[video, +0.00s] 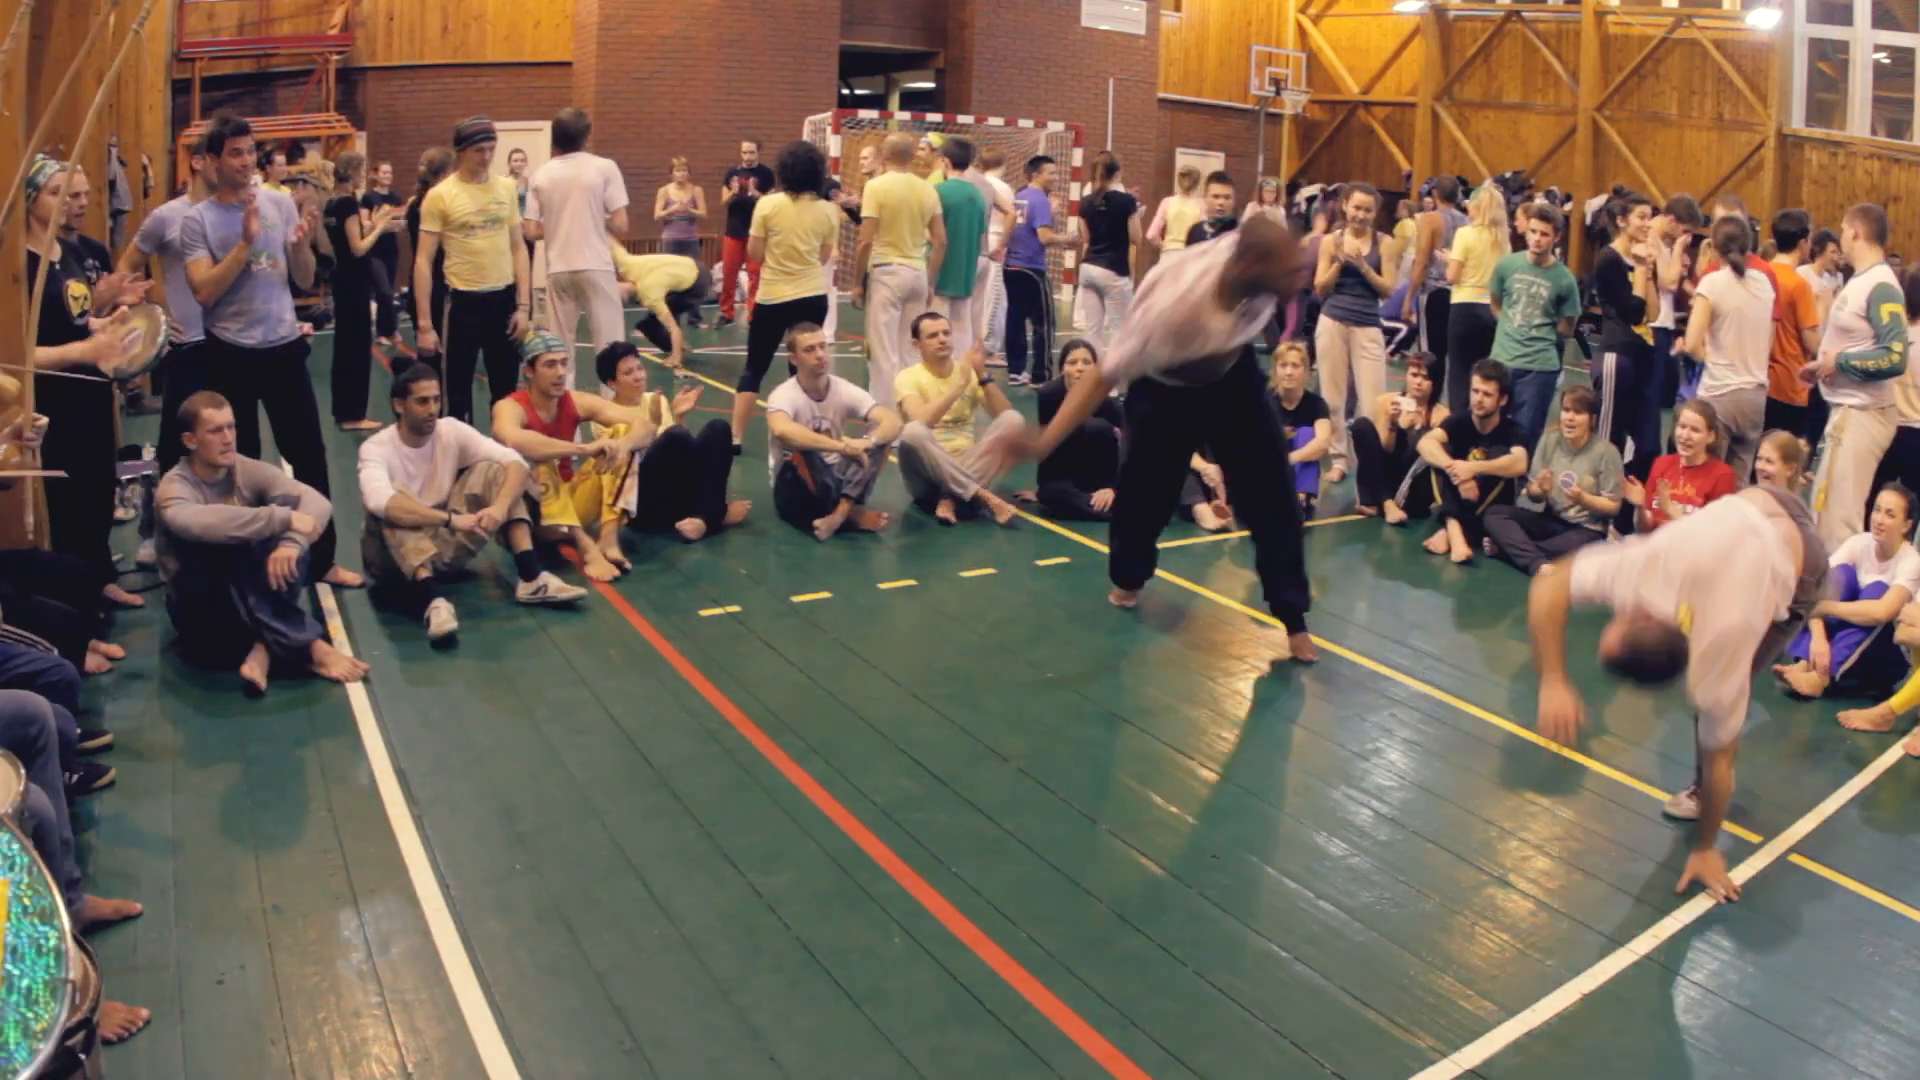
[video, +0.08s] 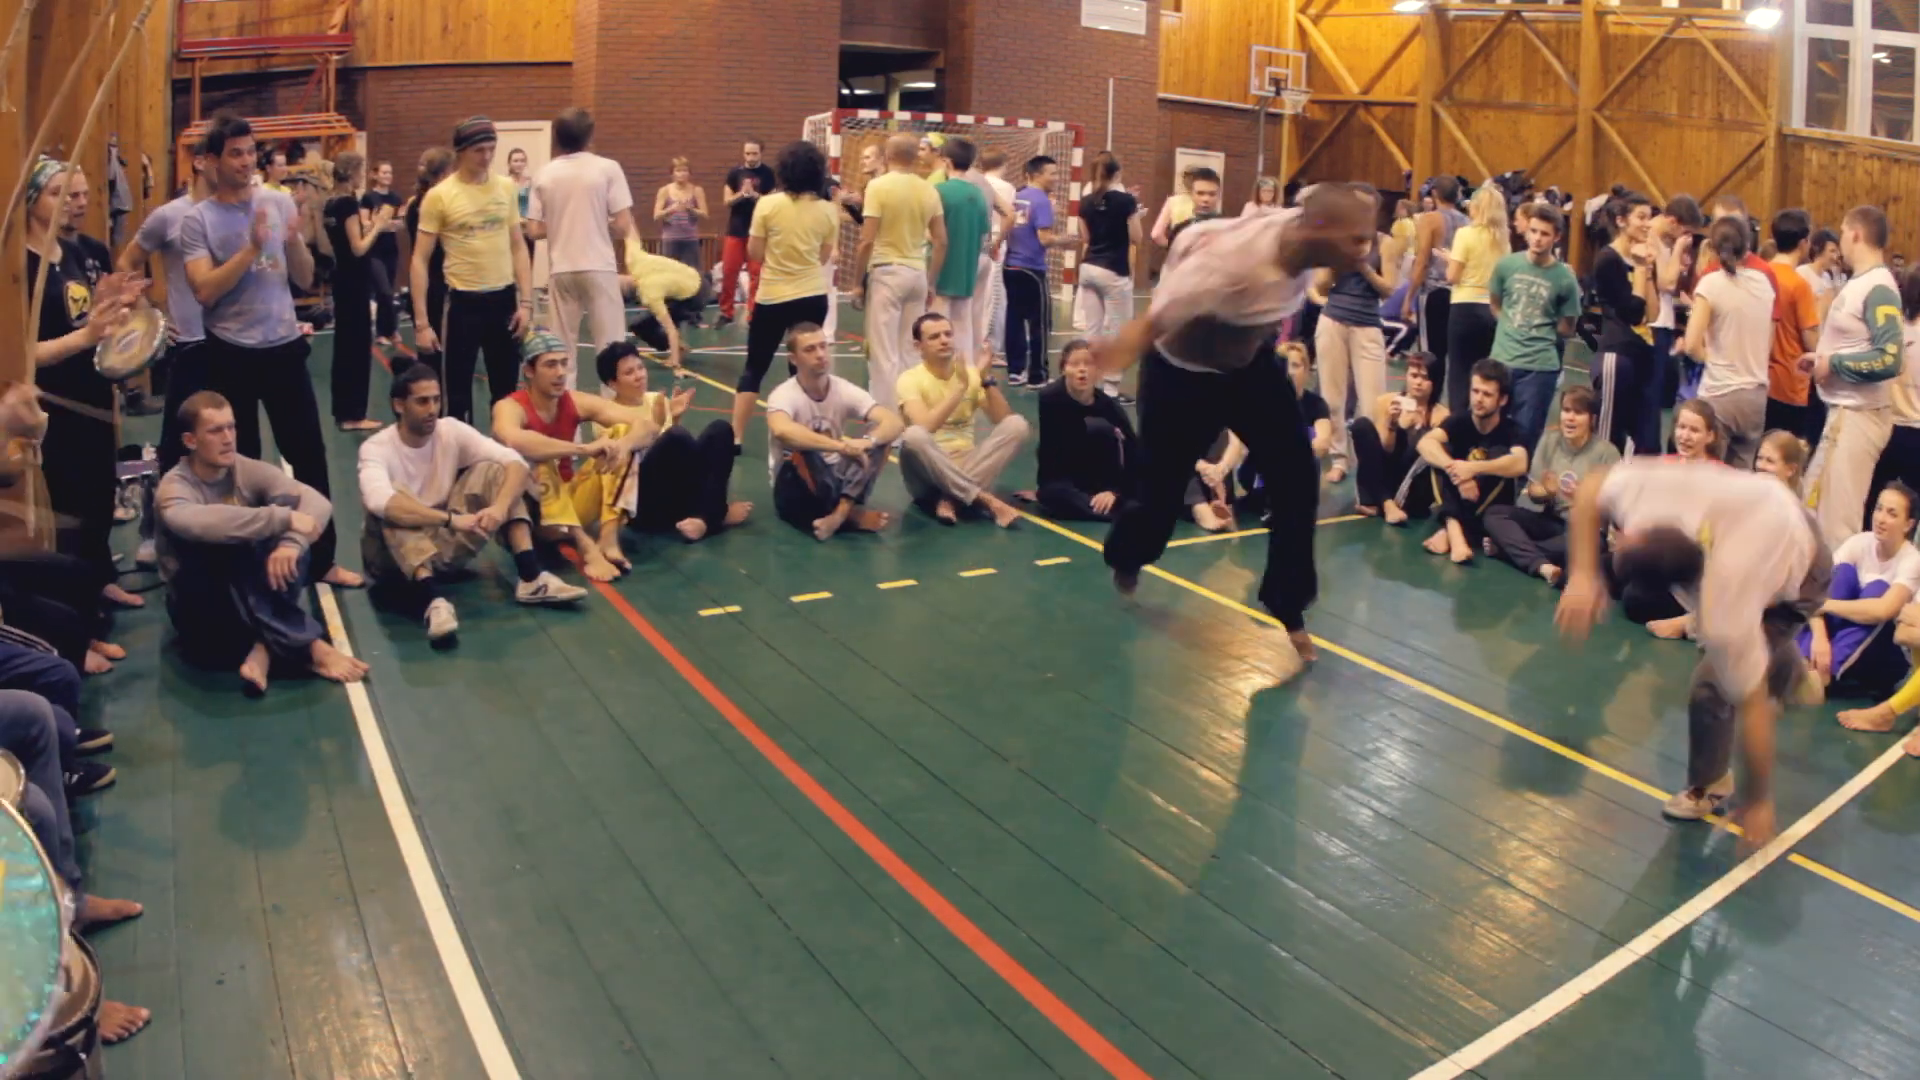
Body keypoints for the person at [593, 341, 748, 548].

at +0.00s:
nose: (638, 376)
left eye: (640, 368)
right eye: (628, 373)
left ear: (645, 369)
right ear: (612, 384)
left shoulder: (658, 403)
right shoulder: (604, 420)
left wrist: (678, 417)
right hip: (646, 512)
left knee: (719, 428)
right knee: (677, 438)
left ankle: (701, 516)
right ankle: (718, 514)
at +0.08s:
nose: (639, 376)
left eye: (640, 368)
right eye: (629, 372)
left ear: (646, 368)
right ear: (612, 384)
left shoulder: (659, 402)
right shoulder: (606, 420)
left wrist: (674, 419)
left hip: (682, 504)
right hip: (646, 511)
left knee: (721, 429)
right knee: (677, 438)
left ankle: (702, 516)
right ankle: (718, 513)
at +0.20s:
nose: (640, 375)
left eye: (642, 368)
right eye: (631, 373)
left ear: (647, 368)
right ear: (615, 384)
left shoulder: (660, 401)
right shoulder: (608, 419)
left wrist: (670, 421)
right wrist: (662, 426)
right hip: (646, 512)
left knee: (724, 430)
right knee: (676, 439)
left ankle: (701, 515)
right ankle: (719, 513)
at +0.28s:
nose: (642, 375)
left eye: (643, 368)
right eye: (632, 372)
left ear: (649, 368)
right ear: (617, 384)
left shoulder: (661, 400)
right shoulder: (610, 413)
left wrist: (676, 419)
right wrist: (661, 420)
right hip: (646, 512)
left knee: (725, 431)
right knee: (676, 439)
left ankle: (702, 516)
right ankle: (720, 513)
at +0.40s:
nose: (645, 375)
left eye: (647, 367)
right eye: (635, 372)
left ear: (652, 368)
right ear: (619, 383)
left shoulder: (665, 400)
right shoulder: (613, 413)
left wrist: (677, 418)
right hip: (647, 512)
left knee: (727, 432)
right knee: (676, 440)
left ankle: (703, 518)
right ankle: (719, 513)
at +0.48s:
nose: (647, 376)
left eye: (649, 368)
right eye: (637, 372)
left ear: (655, 368)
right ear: (622, 382)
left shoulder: (667, 400)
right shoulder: (614, 412)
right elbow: (629, 470)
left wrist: (677, 427)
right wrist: (665, 430)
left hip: (684, 505)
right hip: (647, 512)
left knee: (729, 432)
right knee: (676, 444)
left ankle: (704, 517)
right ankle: (719, 514)